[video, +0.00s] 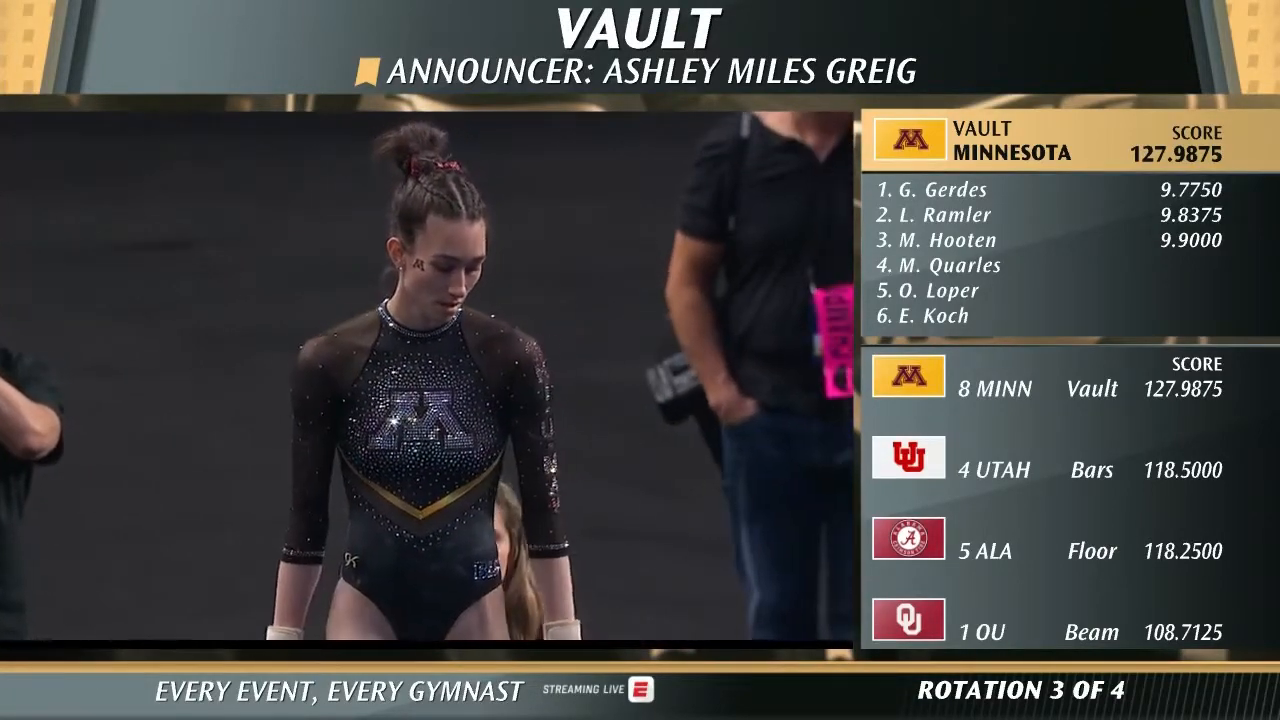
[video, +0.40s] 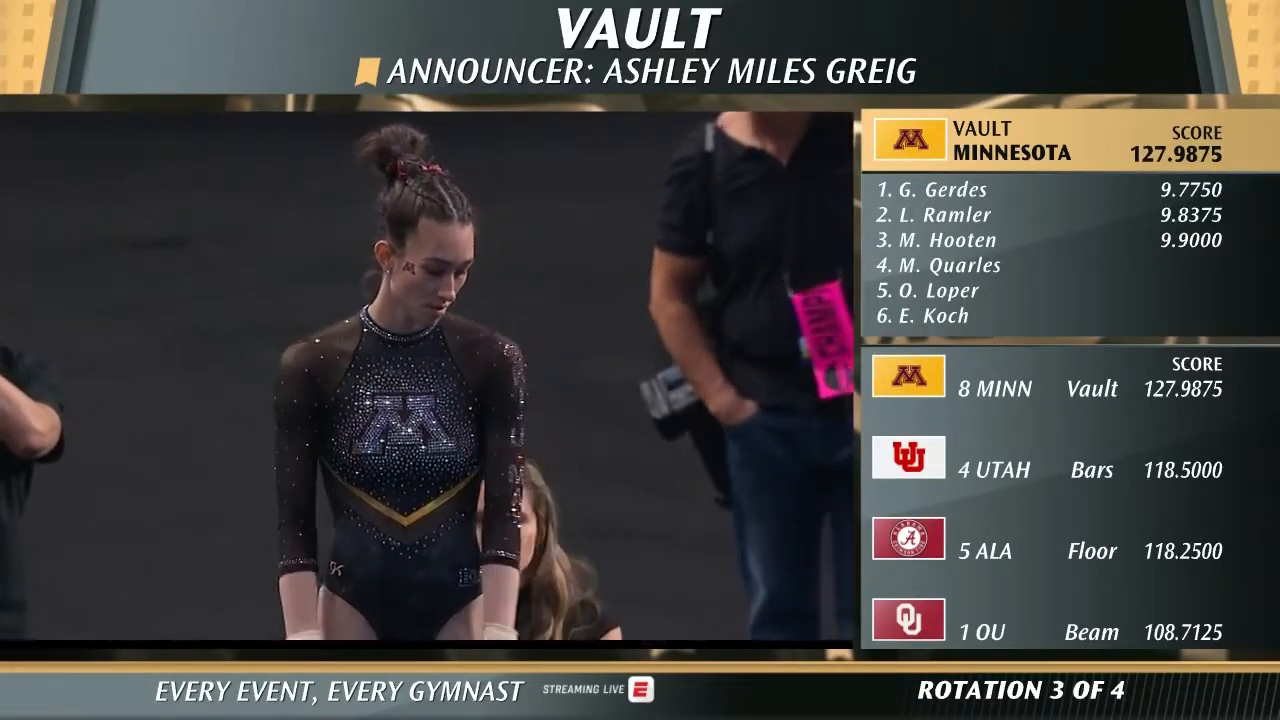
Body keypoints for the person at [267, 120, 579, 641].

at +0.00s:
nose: (459, 286)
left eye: (472, 266)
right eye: (443, 266)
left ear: (485, 257)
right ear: (398, 254)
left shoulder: (510, 357)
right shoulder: (329, 361)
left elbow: (542, 516)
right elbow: (307, 522)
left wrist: (564, 633)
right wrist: (282, 638)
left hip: (476, 595)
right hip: (366, 593)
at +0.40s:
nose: (450, 289)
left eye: (462, 270)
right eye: (434, 269)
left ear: (473, 262)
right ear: (387, 258)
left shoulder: (491, 361)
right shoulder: (311, 365)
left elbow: (502, 510)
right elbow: (295, 520)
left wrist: (499, 632)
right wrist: (303, 638)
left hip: (462, 598)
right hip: (351, 598)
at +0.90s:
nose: (459, 293)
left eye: (470, 274)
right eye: (444, 272)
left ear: (481, 265)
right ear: (396, 259)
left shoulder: (494, 367)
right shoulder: (313, 368)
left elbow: (518, 522)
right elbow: (295, 531)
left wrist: (518, 642)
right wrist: (296, 659)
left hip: (462, 606)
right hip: (350, 605)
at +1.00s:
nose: (465, 292)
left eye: (477, 273)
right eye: (451, 271)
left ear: (488, 265)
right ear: (403, 257)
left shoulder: (499, 369)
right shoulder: (316, 366)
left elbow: (533, 524)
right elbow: (286, 536)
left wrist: (551, 649)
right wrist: (265, 649)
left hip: (461, 606)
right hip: (350, 606)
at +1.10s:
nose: (475, 284)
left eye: (486, 266)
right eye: (461, 264)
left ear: (496, 257)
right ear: (412, 248)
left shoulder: (504, 363)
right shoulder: (324, 355)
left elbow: (544, 506)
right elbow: (282, 508)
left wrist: (577, 630)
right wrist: (248, 632)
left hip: (461, 600)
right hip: (352, 597)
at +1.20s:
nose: (487, 277)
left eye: (498, 260)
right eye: (474, 256)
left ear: (507, 251)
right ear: (424, 241)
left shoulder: (514, 357)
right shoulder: (332, 343)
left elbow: (560, 501)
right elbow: (281, 491)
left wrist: (602, 628)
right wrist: (237, 619)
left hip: (460, 587)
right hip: (353, 585)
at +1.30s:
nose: (498, 276)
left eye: (509, 259)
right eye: (485, 256)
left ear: (517, 250)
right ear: (435, 240)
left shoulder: (521, 358)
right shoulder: (339, 339)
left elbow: (567, 500)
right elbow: (289, 484)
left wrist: (611, 626)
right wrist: (239, 611)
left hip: (463, 587)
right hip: (355, 585)